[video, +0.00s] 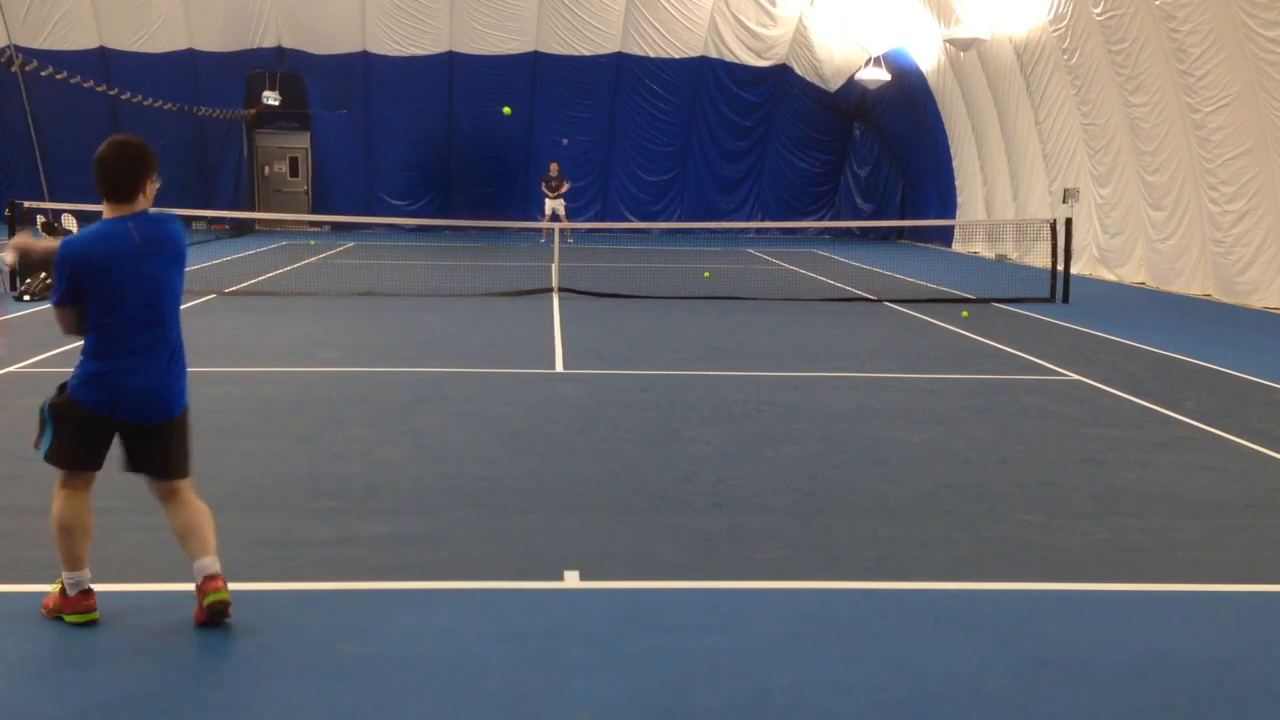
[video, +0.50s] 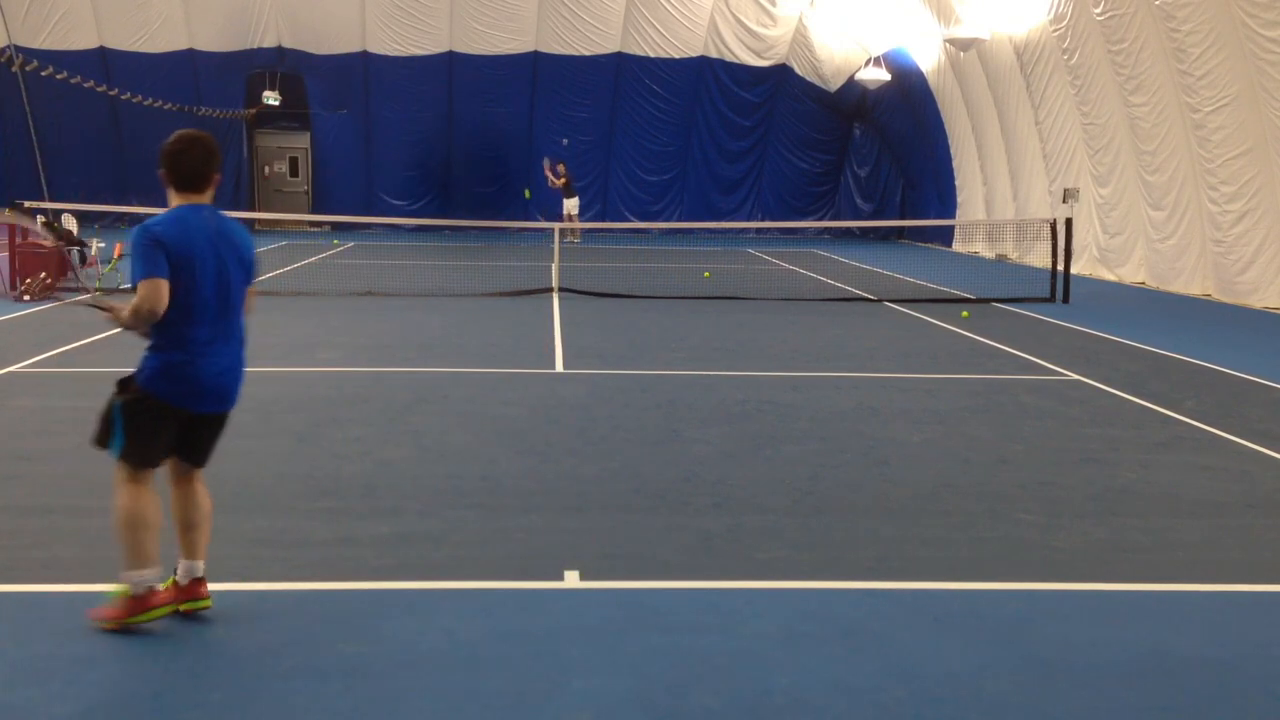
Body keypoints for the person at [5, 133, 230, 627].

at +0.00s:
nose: (157, 185)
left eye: (156, 179)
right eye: (155, 179)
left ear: (98, 186)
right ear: (148, 185)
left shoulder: (76, 248)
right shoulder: (172, 233)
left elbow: (70, 322)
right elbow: (121, 251)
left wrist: (115, 292)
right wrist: (42, 248)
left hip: (97, 389)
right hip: (162, 390)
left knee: (74, 485)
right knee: (175, 488)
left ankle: (76, 591)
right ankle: (211, 577)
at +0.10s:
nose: (149, 192)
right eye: (149, 187)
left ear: (94, 192)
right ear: (147, 193)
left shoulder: (77, 252)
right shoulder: (164, 241)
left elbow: (68, 334)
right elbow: (117, 267)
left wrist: (99, 336)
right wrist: (51, 269)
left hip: (96, 393)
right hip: (158, 394)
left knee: (63, 483)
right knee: (157, 491)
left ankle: (76, 591)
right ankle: (203, 566)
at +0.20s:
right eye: (149, 183)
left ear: (100, 189)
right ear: (152, 189)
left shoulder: (89, 247)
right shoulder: (168, 239)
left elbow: (83, 328)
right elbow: (130, 289)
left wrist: (67, 360)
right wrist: (59, 276)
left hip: (108, 388)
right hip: (167, 389)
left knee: (67, 482)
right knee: (147, 480)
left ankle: (76, 591)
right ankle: (193, 566)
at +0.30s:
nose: (116, 185)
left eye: (117, 179)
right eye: (124, 177)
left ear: (119, 184)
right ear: (165, 184)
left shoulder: (112, 239)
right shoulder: (184, 234)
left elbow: (111, 313)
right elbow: (137, 297)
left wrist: (73, 351)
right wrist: (64, 293)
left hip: (125, 383)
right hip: (180, 383)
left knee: (85, 478)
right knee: (149, 472)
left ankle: (74, 588)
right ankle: (185, 574)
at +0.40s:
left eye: (144, 175)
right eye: (191, 177)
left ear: (141, 181)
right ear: (192, 183)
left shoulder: (139, 235)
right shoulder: (209, 236)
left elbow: (141, 305)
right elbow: (182, 308)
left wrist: (96, 329)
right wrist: (108, 315)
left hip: (148, 383)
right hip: (201, 384)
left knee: (106, 480)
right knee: (164, 473)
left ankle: (83, 587)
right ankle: (188, 579)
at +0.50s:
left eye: (164, 172)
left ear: (164, 177)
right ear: (216, 179)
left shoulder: (155, 232)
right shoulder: (238, 235)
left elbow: (154, 302)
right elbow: (243, 306)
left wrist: (129, 317)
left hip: (169, 379)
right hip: (223, 382)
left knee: (134, 473)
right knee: (187, 471)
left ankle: (143, 586)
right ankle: (192, 580)